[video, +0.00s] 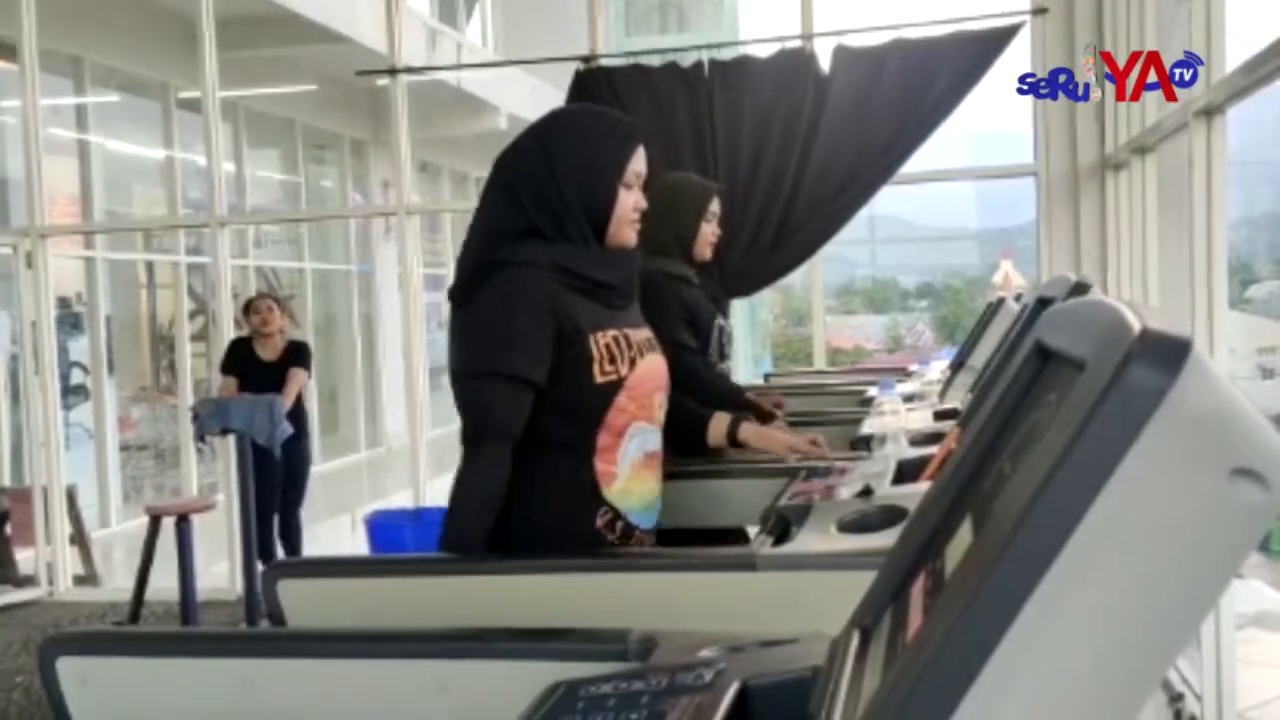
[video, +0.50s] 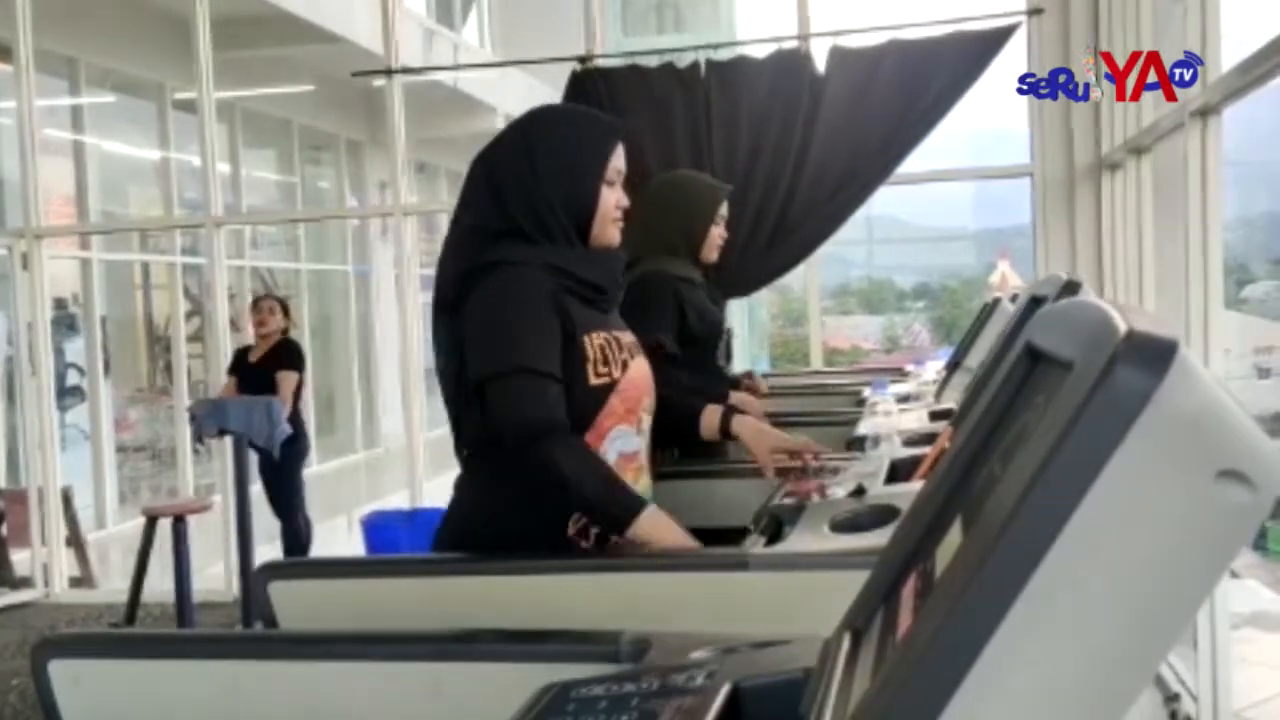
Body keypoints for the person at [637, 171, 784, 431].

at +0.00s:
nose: (717, 233)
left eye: (717, 222)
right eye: (709, 220)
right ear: (681, 220)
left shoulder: (696, 282)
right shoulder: (665, 283)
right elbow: (687, 370)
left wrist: (744, 399)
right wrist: (746, 403)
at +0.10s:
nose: (717, 235)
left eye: (717, 224)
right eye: (709, 223)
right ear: (681, 222)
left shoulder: (697, 283)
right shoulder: (661, 285)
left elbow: (703, 370)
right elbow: (681, 376)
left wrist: (742, 401)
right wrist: (749, 414)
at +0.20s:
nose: (718, 240)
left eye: (718, 229)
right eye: (710, 227)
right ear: (681, 227)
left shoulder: (696, 288)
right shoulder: (658, 292)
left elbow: (702, 376)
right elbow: (671, 385)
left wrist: (740, 401)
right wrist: (744, 415)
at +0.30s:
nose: (721, 242)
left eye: (720, 232)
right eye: (712, 230)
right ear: (682, 231)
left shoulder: (695, 294)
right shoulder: (658, 296)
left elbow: (701, 379)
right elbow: (664, 392)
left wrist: (742, 399)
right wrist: (738, 408)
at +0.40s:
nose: (723, 238)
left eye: (723, 226)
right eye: (716, 225)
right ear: (686, 225)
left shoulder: (694, 288)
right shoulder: (659, 289)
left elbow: (701, 369)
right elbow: (659, 387)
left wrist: (740, 390)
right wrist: (727, 402)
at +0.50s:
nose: (724, 235)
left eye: (724, 224)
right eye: (717, 223)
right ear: (687, 221)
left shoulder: (689, 283)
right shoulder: (657, 284)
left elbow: (688, 366)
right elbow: (658, 378)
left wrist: (731, 384)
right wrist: (729, 398)